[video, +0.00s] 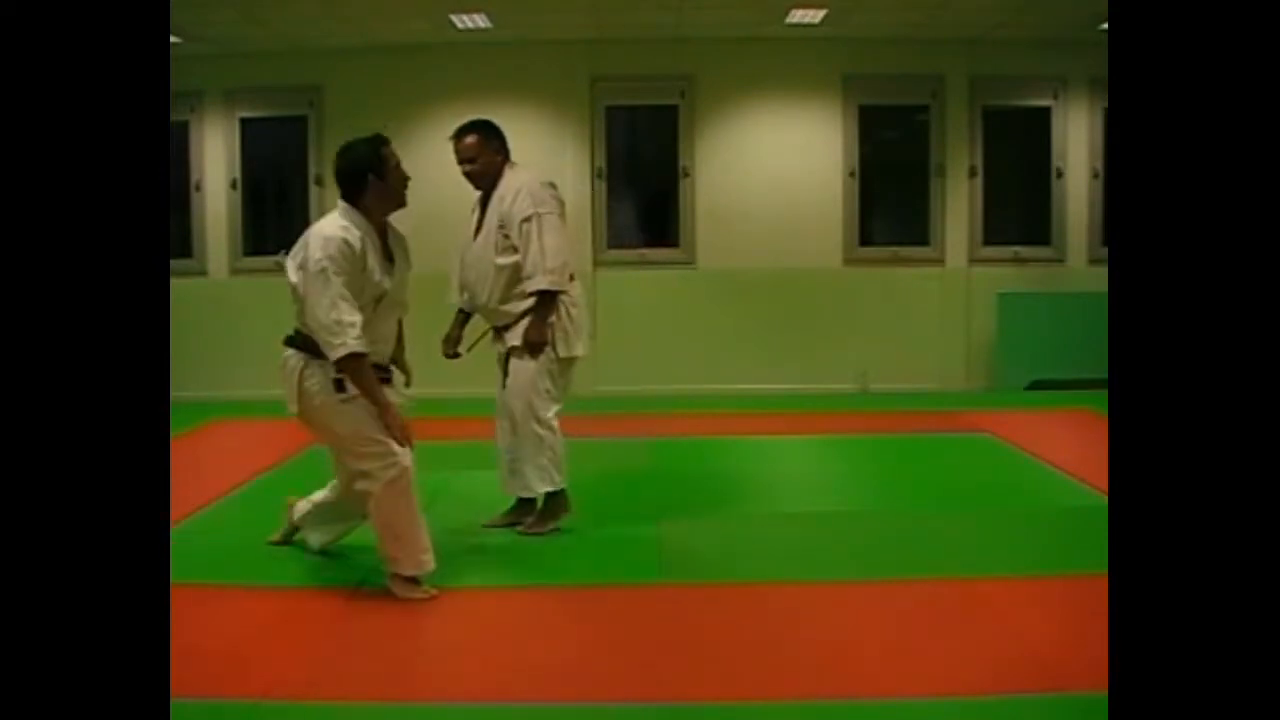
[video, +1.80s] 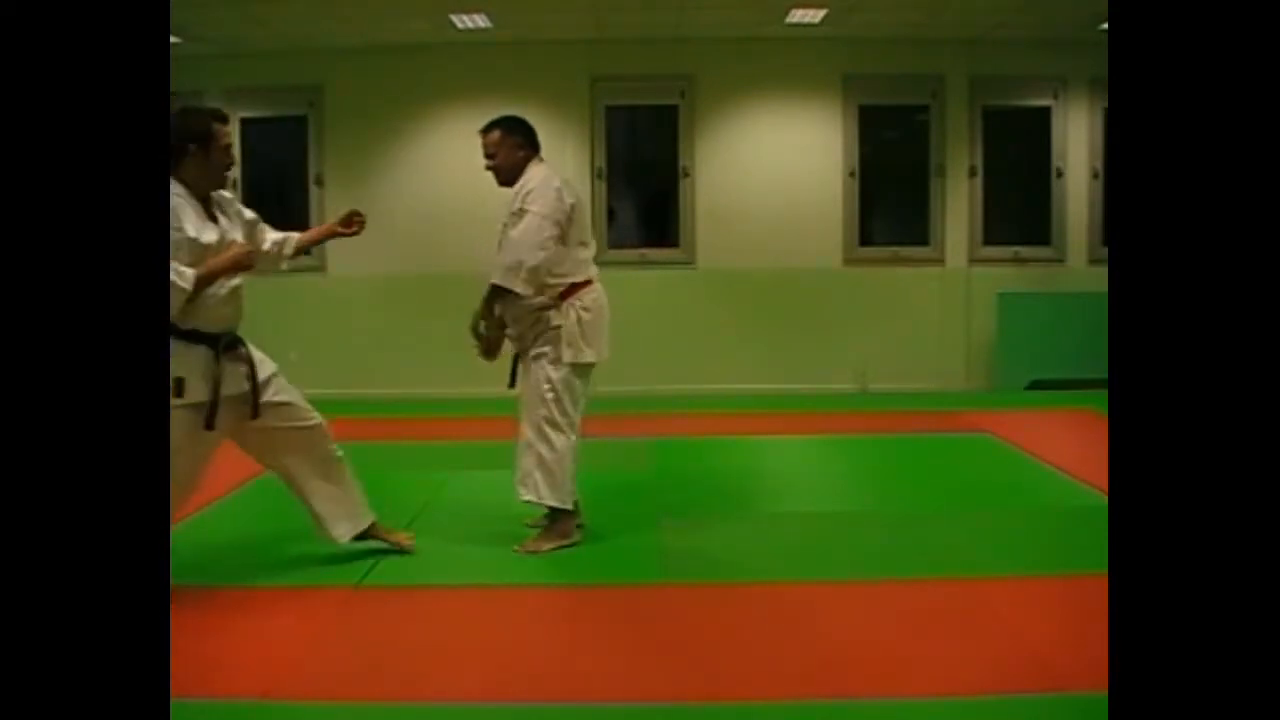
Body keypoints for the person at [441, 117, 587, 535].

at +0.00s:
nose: (465, 170)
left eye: (471, 160)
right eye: (460, 162)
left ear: (497, 154)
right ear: (462, 162)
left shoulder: (530, 192)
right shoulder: (486, 201)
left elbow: (550, 257)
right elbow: (478, 270)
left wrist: (541, 317)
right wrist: (459, 323)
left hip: (543, 318)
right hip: (510, 322)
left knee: (530, 404)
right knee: (510, 409)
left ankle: (553, 496)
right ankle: (524, 496)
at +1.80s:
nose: (488, 164)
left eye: (494, 153)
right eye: (486, 155)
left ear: (521, 150)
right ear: (518, 153)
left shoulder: (544, 190)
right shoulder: (528, 192)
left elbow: (516, 261)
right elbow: (511, 263)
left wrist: (487, 314)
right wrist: (493, 316)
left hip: (566, 316)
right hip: (549, 317)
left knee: (550, 416)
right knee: (546, 415)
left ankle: (562, 518)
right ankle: (559, 509)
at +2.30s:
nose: (526, 173)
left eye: (532, 163)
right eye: (520, 167)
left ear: (557, 159)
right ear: (517, 169)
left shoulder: (590, 188)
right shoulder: (519, 206)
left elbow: (554, 199)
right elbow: (493, 245)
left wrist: (502, 176)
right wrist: (449, 239)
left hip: (585, 324)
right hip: (538, 329)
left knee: (572, 411)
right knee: (541, 419)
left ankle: (592, 511)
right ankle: (568, 505)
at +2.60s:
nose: (528, 187)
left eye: (537, 177)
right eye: (523, 178)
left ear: (564, 171)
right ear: (519, 176)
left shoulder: (598, 195)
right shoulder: (520, 216)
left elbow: (603, 228)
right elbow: (527, 270)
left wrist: (535, 229)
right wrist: (590, 278)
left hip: (589, 342)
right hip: (534, 343)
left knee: (584, 420)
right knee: (506, 416)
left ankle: (596, 517)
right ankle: (540, 489)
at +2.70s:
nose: (523, 190)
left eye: (532, 180)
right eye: (518, 181)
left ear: (559, 175)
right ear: (514, 180)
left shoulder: (594, 199)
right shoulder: (514, 220)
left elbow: (604, 236)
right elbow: (536, 281)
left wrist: (537, 232)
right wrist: (601, 276)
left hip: (584, 346)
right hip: (529, 344)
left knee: (582, 418)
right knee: (495, 413)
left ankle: (597, 518)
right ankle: (505, 498)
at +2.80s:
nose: (512, 198)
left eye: (520, 187)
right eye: (507, 188)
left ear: (548, 182)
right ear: (504, 187)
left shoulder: (581, 205)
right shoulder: (510, 234)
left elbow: (603, 233)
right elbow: (532, 292)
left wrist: (545, 241)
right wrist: (595, 277)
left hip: (577, 354)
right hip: (522, 352)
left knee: (583, 423)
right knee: (482, 420)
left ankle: (595, 518)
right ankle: (448, 503)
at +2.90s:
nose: (501, 201)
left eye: (509, 191)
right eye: (496, 192)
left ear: (536, 185)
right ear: (492, 191)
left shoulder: (570, 208)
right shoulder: (496, 238)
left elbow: (603, 234)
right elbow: (522, 295)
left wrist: (542, 247)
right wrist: (585, 277)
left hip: (568, 357)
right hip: (511, 356)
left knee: (579, 425)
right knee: (470, 428)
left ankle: (595, 518)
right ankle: (436, 507)